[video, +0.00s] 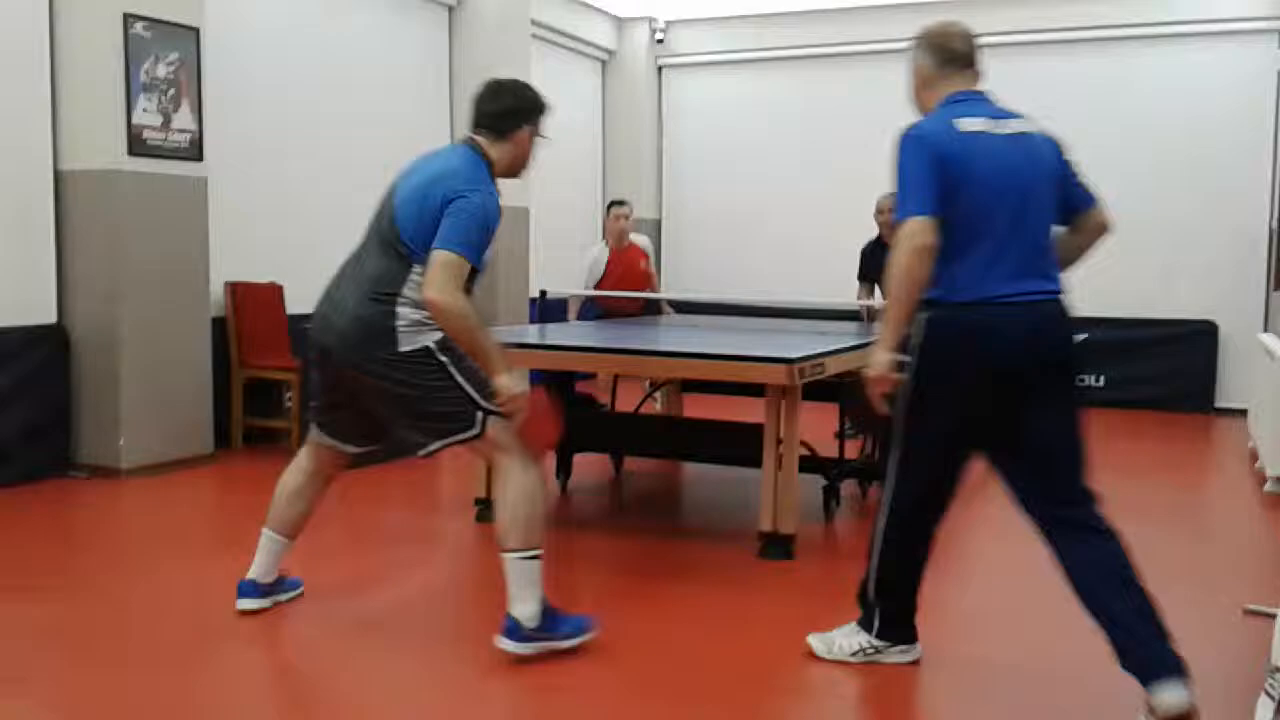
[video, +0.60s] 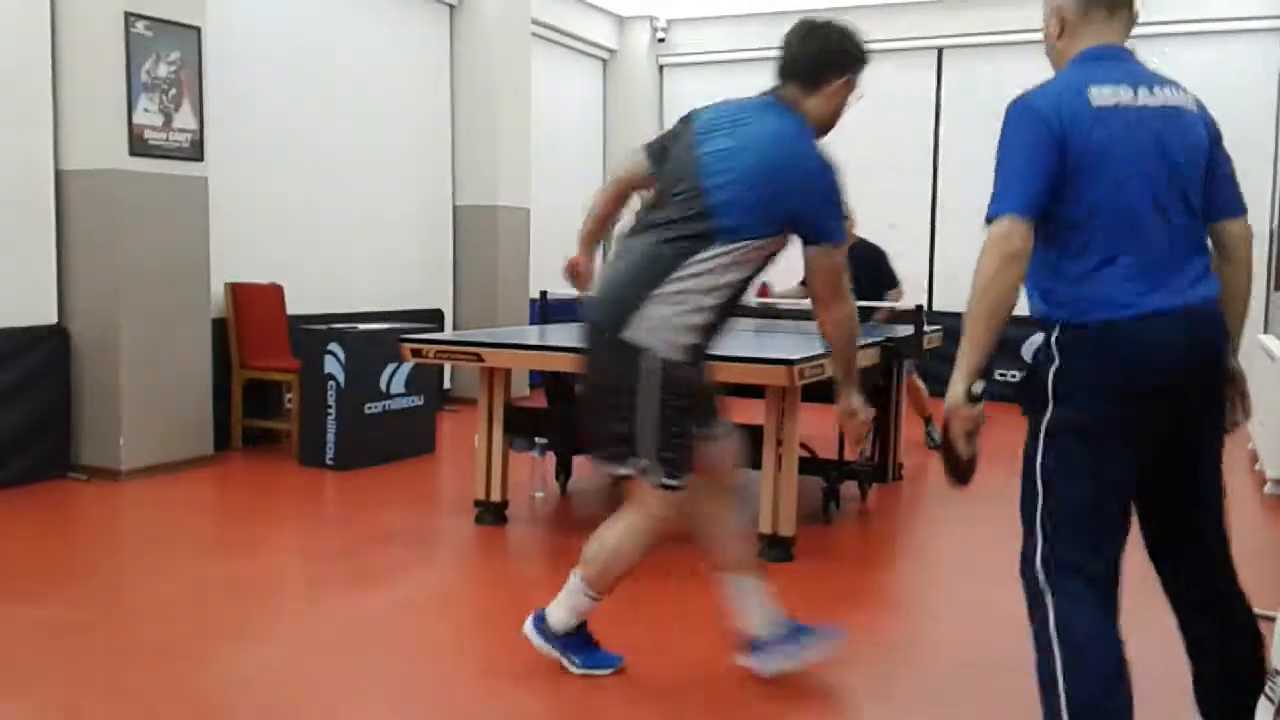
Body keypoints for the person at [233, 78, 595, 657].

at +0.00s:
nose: (534, 149)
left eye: (535, 137)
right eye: (535, 137)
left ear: (481, 126)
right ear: (518, 134)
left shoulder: (435, 165)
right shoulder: (475, 193)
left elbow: (396, 263)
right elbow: (442, 294)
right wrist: (497, 370)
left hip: (336, 332)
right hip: (396, 339)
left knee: (321, 454)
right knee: (515, 454)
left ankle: (258, 579)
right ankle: (528, 616)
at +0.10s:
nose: (572, 169)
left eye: (573, 157)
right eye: (571, 156)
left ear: (527, 148)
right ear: (552, 155)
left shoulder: (485, 186)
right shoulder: (496, 213)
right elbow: (437, 302)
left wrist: (549, 301)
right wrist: (484, 384)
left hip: (357, 349)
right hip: (404, 360)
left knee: (332, 464)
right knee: (539, 461)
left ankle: (257, 580)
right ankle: (541, 630)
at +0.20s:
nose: (630, 174)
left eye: (632, 162)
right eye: (628, 162)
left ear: (584, 155)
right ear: (604, 160)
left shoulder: (549, 189)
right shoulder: (544, 213)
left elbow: (586, 231)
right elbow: (497, 309)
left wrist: (614, 284)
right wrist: (565, 372)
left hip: (404, 340)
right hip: (450, 353)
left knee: (358, 446)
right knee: (557, 462)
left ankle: (273, 557)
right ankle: (545, 627)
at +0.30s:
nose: (698, 179)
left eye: (699, 166)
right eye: (692, 166)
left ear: (648, 157)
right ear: (660, 161)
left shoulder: (603, 193)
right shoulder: (604, 216)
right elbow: (622, 331)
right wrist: (732, 363)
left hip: (455, 335)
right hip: (486, 353)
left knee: (413, 445)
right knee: (586, 480)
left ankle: (331, 549)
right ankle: (546, 637)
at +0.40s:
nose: (756, 163)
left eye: (758, 149)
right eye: (754, 148)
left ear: (707, 133)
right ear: (724, 142)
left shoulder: (643, 166)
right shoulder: (668, 213)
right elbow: (742, 339)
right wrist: (844, 322)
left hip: (496, 320)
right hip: (528, 340)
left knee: (493, 445)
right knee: (606, 489)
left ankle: (444, 562)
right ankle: (545, 634)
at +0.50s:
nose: (806, 145)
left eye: (809, 132)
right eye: (805, 130)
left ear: (749, 115)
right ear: (777, 122)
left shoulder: (682, 144)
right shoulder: (747, 207)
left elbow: (602, 190)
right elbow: (808, 318)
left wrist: (569, 268)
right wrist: (885, 336)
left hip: (553, 321)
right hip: (580, 344)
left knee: (608, 477)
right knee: (621, 503)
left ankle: (607, 596)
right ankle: (545, 633)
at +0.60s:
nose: (847, 103)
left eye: (851, 90)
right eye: (849, 90)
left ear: (787, 74)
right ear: (831, 86)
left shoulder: (712, 119)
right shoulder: (807, 168)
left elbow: (620, 185)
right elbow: (830, 296)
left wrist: (583, 252)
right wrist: (848, 391)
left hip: (629, 324)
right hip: (650, 342)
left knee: (714, 473)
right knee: (656, 501)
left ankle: (763, 629)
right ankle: (559, 621)